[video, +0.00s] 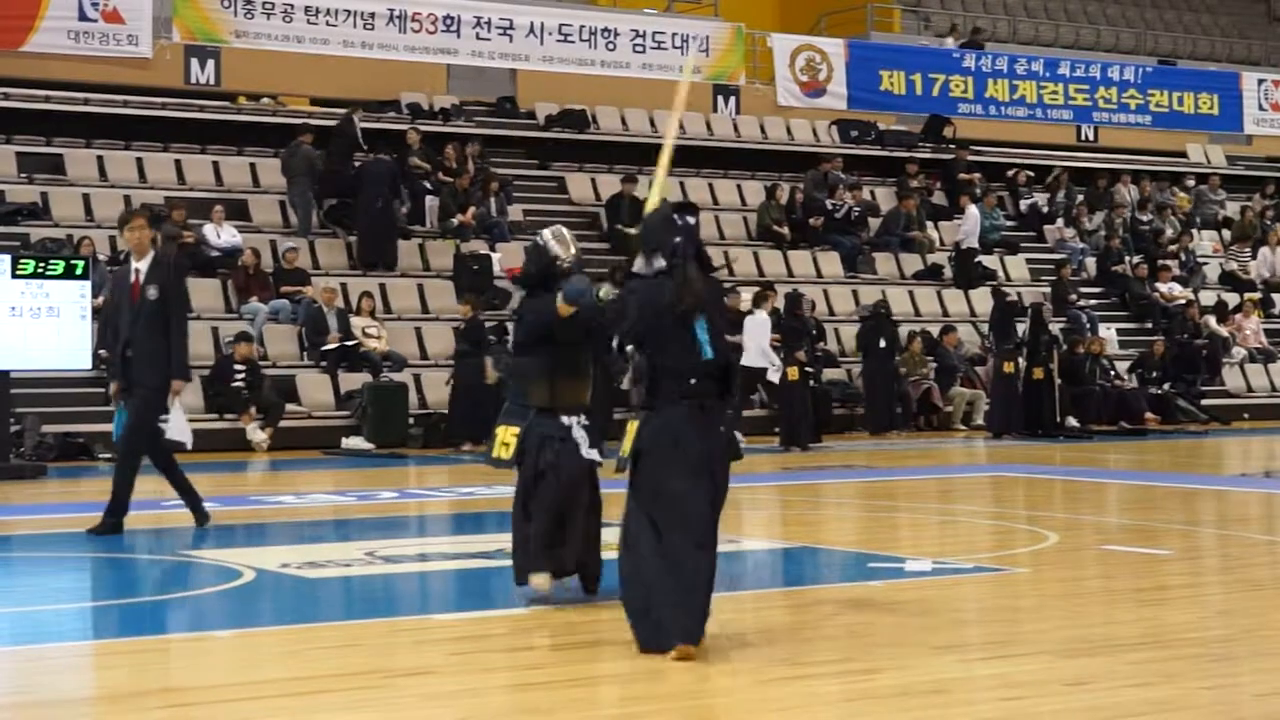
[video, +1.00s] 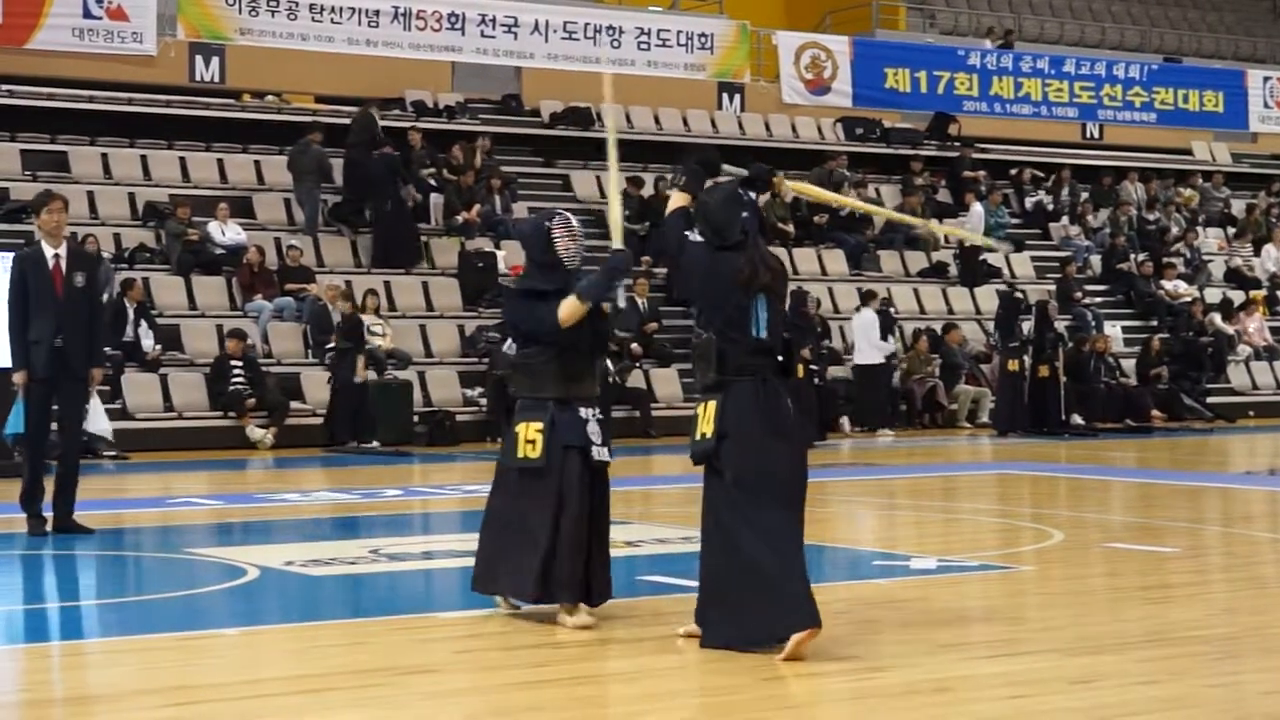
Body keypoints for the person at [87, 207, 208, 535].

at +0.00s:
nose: (136, 235)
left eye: (141, 229)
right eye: (130, 230)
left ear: (153, 233)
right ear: (122, 236)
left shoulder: (168, 268)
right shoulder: (119, 274)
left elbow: (178, 323)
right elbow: (113, 328)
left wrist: (179, 373)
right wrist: (114, 375)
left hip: (157, 370)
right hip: (129, 370)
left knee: (131, 440)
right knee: (153, 444)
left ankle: (114, 517)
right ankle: (195, 504)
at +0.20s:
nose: (109, 227)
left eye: (114, 221)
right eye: (103, 222)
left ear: (124, 225)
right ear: (94, 229)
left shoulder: (142, 263)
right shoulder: (91, 268)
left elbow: (152, 318)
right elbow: (86, 323)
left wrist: (152, 366)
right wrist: (86, 371)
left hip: (130, 364)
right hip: (100, 364)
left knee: (121, 438)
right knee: (95, 438)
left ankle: (115, 515)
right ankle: (128, 495)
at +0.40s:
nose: (88, 224)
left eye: (93, 218)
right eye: (81, 219)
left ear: (102, 223)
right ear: (72, 226)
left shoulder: (122, 263)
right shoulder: (65, 268)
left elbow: (138, 316)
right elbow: (60, 322)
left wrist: (137, 363)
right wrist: (60, 369)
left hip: (114, 366)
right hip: (78, 366)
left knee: (115, 442)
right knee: (63, 439)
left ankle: (114, 516)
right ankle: (54, 512)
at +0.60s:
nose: (72, 220)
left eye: (77, 214)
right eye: (65, 215)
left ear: (86, 219)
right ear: (54, 223)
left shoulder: (104, 261)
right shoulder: (43, 262)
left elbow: (117, 314)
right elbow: (35, 317)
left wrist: (121, 361)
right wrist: (35, 366)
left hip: (97, 364)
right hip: (56, 365)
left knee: (104, 442)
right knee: (46, 441)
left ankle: (107, 513)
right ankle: (32, 506)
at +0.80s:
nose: (59, 218)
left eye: (64, 212)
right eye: (52, 213)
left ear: (72, 218)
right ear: (41, 221)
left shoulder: (92, 260)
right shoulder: (27, 263)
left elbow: (106, 314)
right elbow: (21, 317)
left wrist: (106, 361)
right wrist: (22, 365)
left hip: (83, 364)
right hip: (42, 364)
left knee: (86, 443)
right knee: (40, 443)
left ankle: (80, 515)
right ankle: (33, 512)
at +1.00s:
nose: (56, 217)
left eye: (61, 211)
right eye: (48, 212)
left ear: (68, 217)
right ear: (36, 219)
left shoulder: (87, 259)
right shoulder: (23, 260)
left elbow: (96, 314)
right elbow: (16, 316)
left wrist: (97, 361)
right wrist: (18, 365)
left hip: (75, 361)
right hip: (37, 362)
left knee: (72, 441)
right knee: (35, 440)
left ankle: (64, 514)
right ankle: (33, 513)